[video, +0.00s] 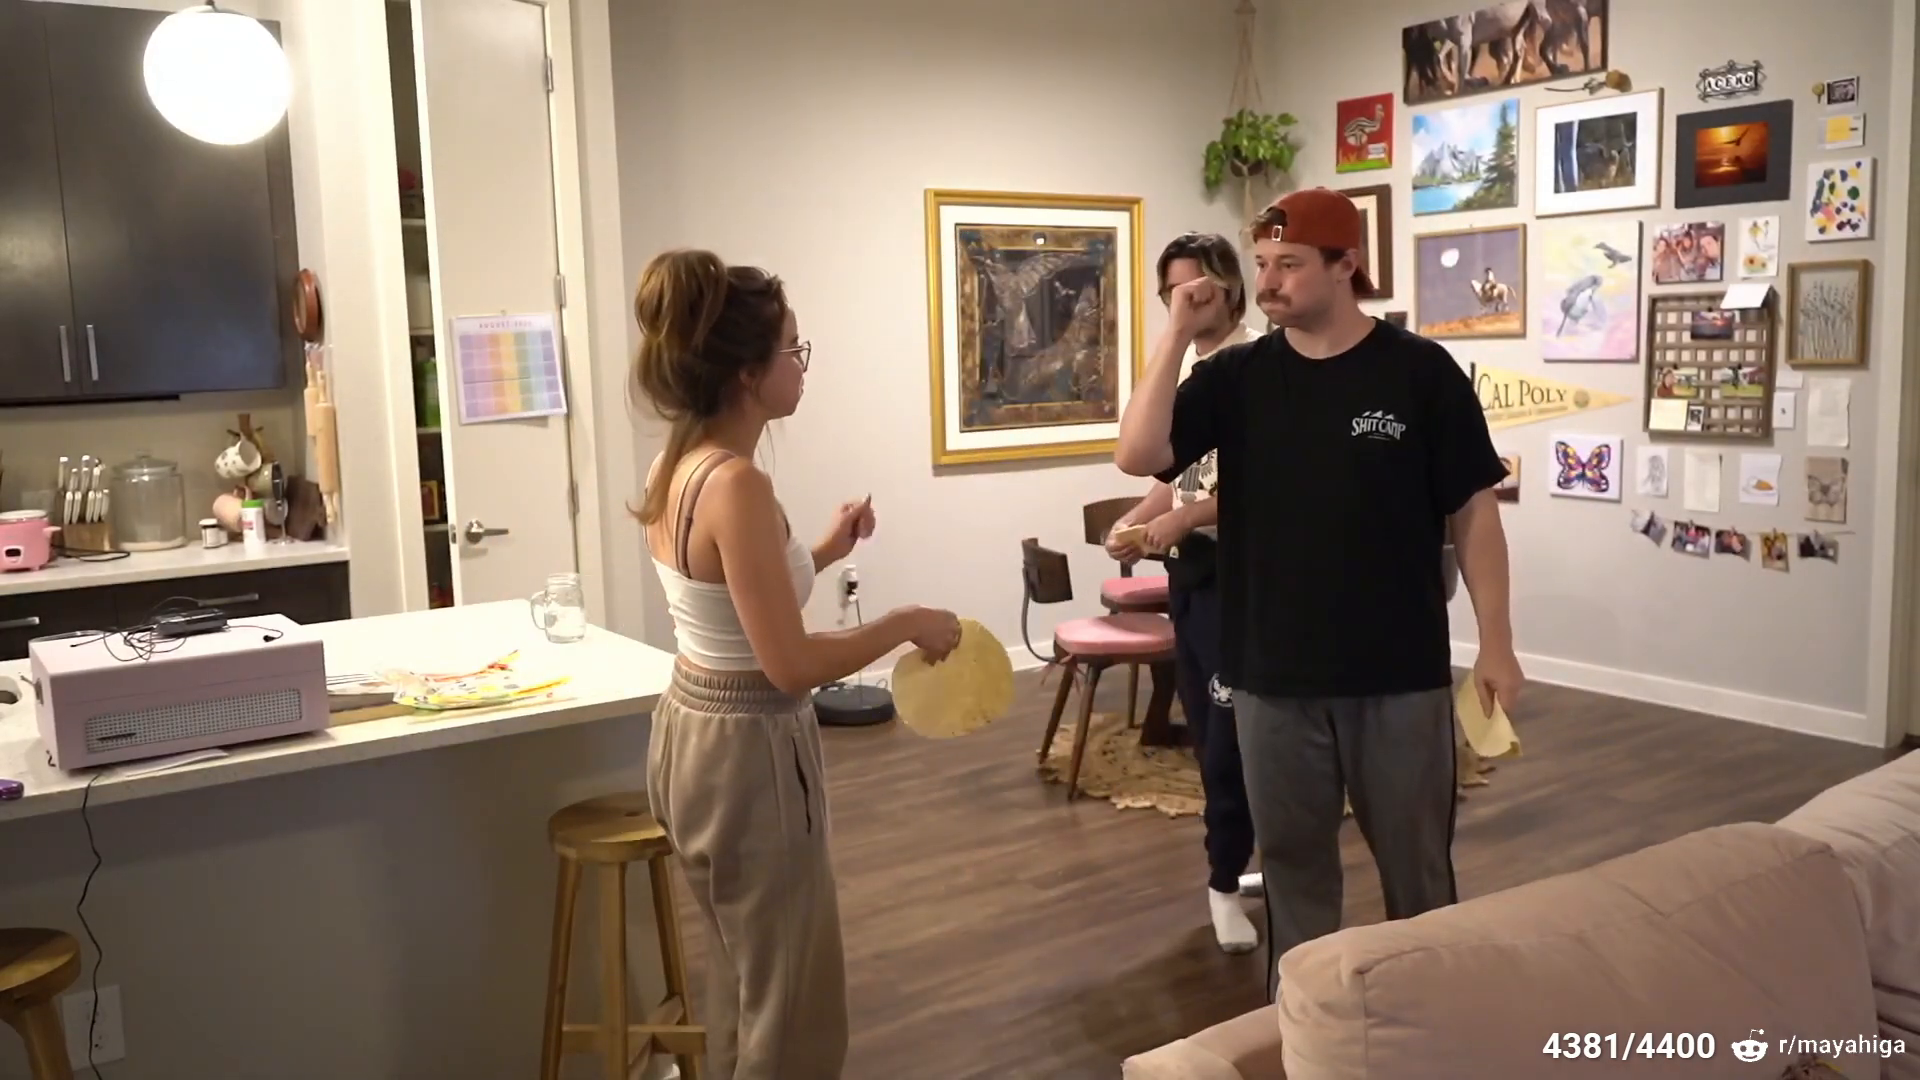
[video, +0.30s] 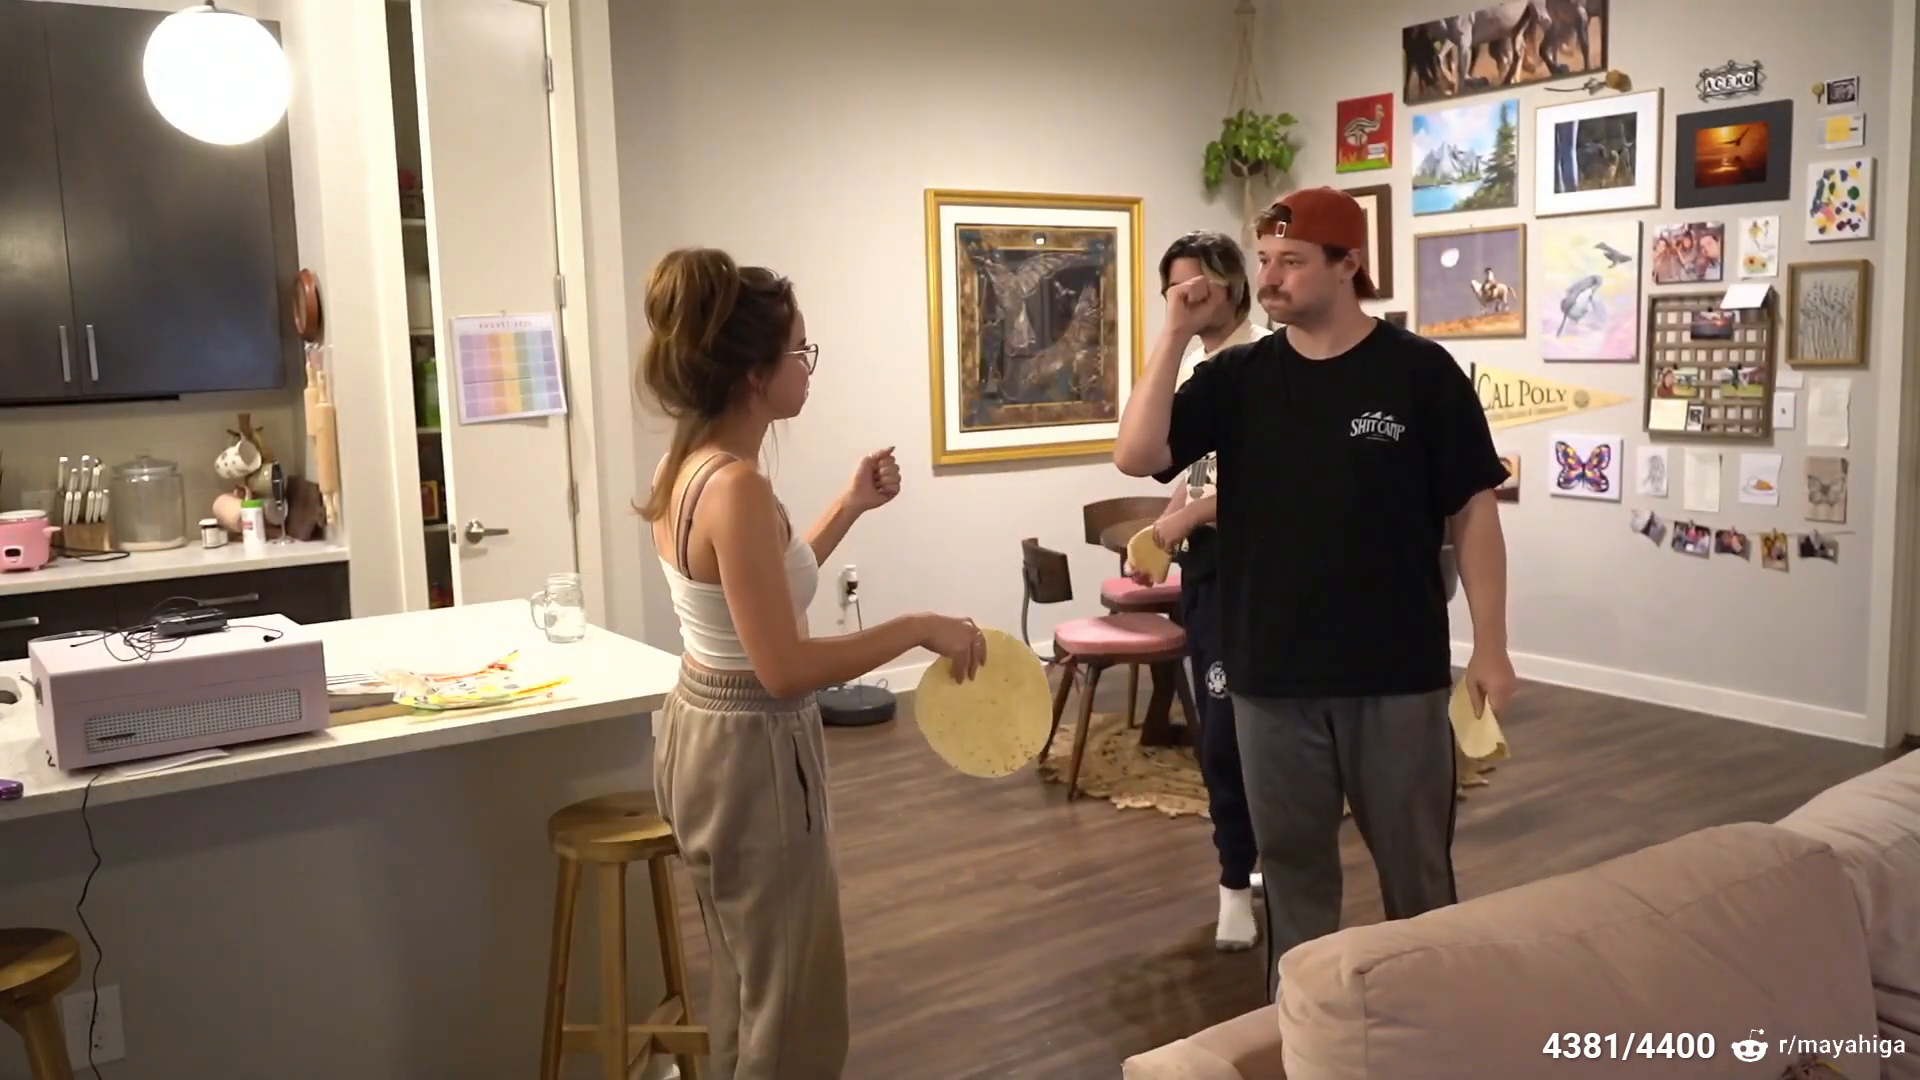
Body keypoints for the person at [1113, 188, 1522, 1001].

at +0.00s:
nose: (1269, 279)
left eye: (1288, 262)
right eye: (1262, 265)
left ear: (1345, 268)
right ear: (1256, 274)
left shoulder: (1422, 372)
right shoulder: (1236, 376)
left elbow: (1475, 512)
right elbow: (1139, 453)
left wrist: (1496, 642)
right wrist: (1175, 334)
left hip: (1400, 679)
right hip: (1272, 684)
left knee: (1418, 881)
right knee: (1293, 884)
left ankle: (1438, 1038)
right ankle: (1305, 1042)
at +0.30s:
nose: (1269, 276)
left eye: (1289, 260)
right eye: (1264, 262)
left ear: (1347, 267)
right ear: (1258, 272)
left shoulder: (1422, 372)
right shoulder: (1237, 378)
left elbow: (1475, 514)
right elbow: (1137, 453)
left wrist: (1490, 648)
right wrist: (1174, 333)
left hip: (1397, 680)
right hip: (1270, 685)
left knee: (1419, 886)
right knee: (1293, 892)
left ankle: (1440, 1041)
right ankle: (1303, 1045)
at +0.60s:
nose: (1263, 252)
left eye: (1286, 240)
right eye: (1264, 240)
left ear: (1344, 262)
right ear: (1261, 260)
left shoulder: (1421, 372)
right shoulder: (1235, 377)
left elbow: (1475, 512)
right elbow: (1136, 453)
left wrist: (1489, 647)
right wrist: (1173, 331)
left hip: (1397, 682)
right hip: (1271, 686)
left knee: (1421, 889)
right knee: (1295, 893)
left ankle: (1439, 1041)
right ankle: (1303, 1044)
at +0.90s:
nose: (1257, 289)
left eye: (1273, 275)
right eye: (1256, 274)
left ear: (1336, 276)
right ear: (1313, 276)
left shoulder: (1424, 375)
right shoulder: (1239, 377)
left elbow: (1474, 517)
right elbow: (1139, 455)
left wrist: (1487, 651)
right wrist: (1173, 340)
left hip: (1397, 681)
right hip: (1273, 684)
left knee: (1419, 882)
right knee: (1293, 884)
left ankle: (1440, 1037)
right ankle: (1301, 1039)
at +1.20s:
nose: (1266, 272)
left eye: (1285, 257)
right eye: (1266, 257)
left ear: (1348, 265)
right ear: (1268, 266)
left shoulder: (1428, 374)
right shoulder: (1242, 374)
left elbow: (1477, 518)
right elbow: (1140, 449)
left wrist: (1490, 652)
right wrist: (1176, 334)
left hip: (1397, 682)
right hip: (1273, 683)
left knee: (1418, 880)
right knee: (1293, 883)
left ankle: (1441, 1038)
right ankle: (1297, 1040)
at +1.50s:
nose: (1289, 246)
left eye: (1311, 234)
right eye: (1287, 235)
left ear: (1367, 253)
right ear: (1284, 257)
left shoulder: (1437, 373)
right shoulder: (1252, 367)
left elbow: (1485, 517)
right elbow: (1134, 401)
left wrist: (1499, 652)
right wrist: (1180, 282)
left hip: (1403, 678)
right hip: (1274, 677)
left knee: (1421, 880)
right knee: (1295, 877)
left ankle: (1438, 1037)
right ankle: (1299, 1037)